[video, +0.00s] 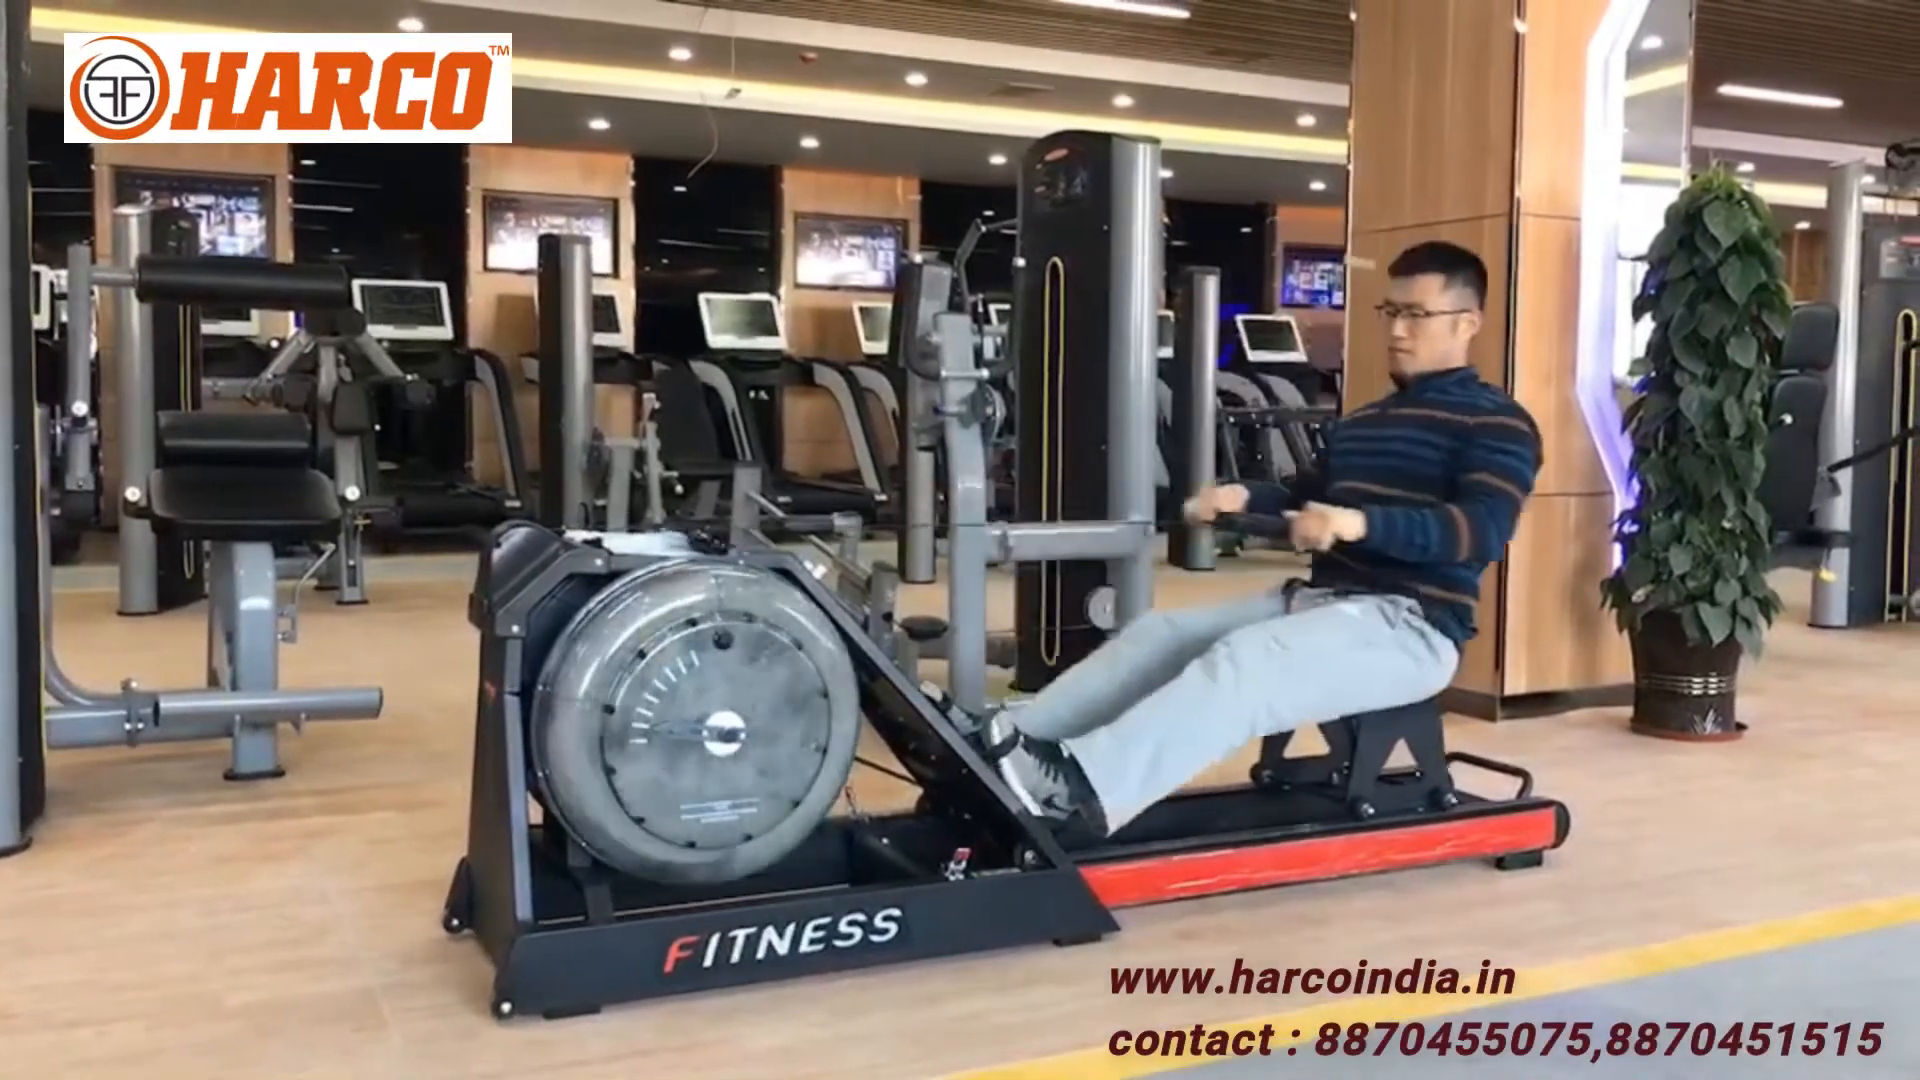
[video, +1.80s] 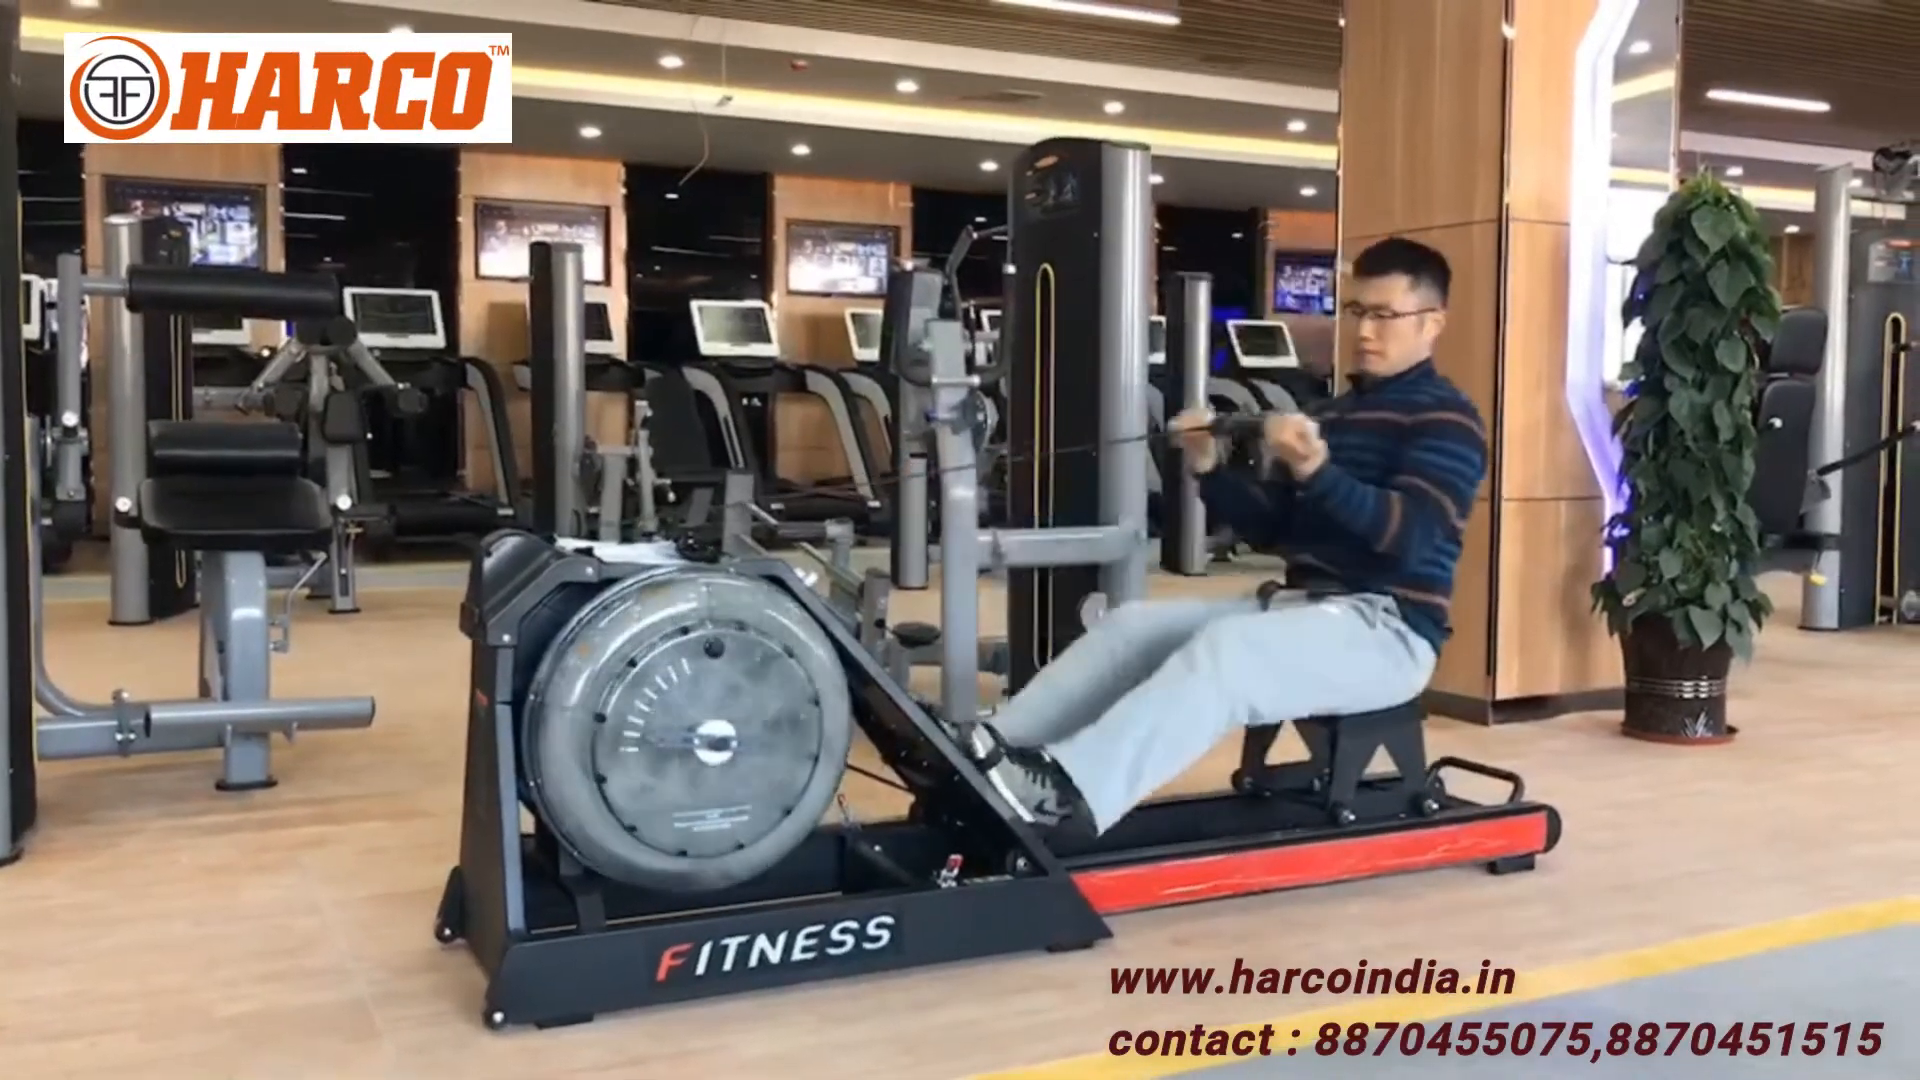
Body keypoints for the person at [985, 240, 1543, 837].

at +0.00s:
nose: (1397, 329)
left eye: (1418, 315)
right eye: (1392, 313)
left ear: (1469, 327)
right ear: (1382, 318)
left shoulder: (1500, 423)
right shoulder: (1365, 419)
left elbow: (1477, 534)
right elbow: (1318, 500)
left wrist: (1364, 525)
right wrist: (1244, 497)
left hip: (1408, 625)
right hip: (1321, 601)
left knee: (1240, 668)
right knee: (1163, 632)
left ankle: (1084, 790)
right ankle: (1005, 740)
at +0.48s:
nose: (1342, 316)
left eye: (1364, 302)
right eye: (1338, 300)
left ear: (1415, 318)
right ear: (1331, 305)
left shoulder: (1449, 416)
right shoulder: (1319, 414)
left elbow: (1485, 540)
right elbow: (1289, 521)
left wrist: (1373, 529)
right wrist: (1214, 528)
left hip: (1382, 627)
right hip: (1295, 605)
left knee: (1220, 618)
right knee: (1122, 592)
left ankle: (1084, 776)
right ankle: (1001, 737)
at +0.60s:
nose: (1288, 308)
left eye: (1309, 293)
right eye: (1286, 291)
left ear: (1363, 309)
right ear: (1277, 294)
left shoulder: (1397, 414)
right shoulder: (1269, 414)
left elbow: (1401, 537)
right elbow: (1234, 521)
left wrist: (1282, 522)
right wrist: (1149, 526)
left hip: (1349, 630)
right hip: (1255, 609)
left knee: (1200, 592)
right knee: (1094, 570)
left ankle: (1073, 771)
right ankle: (1002, 735)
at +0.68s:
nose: (1259, 304)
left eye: (1282, 290)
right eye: (1258, 287)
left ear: (1338, 307)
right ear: (1250, 294)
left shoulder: (1371, 411)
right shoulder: (1243, 412)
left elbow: (1350, 532)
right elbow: (1204, 521)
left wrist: (1229, 518)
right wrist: (1109, 525)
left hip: (1332, 630)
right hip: (1231, 609)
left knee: (1186, 586)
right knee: (1070, 567)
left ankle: (1064, 769)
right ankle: (988, 741)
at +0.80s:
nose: (1218, 301)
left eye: (1238, 286)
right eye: (1215, 284)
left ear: (1291, 303)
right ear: (1208, 292)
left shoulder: (1315, 400)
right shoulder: (1196, 400)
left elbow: (1254, 513)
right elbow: (1137, 501)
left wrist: (1128, 501)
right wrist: (1033, 502)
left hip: (1292, 634)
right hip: (1194, 609)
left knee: (1159, 569)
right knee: (1032, 560)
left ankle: (1049, 767)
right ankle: (973, 736)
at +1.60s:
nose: (1306, 316)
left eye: (1327, 302)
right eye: (1300, 299)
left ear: (1376, 313)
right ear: (1288, 303)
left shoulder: (1387, 412)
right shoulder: (1270, 411)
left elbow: (1321, 517)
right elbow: (1210, 518)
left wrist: (1216, 479)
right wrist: (1123, 473)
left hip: (1351, 624)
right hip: (1265, 604)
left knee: (1196, 614)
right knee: (1093, 590)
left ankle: (1058, 781)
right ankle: (975, 743)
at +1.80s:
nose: (1365, 331)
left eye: (1386, 316)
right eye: (1357, 312)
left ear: (1434, 326)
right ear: (1344, 315)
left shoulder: (1448, 421)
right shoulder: (1339, 412)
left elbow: (1405, 538)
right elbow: (1278, 528)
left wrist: (1319, 474)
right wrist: (1210, 470)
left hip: (1388, 630)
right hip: (1303, 608)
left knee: (1223, 653)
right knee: (1134, 626)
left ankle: (1069, 789)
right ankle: (985, 748)